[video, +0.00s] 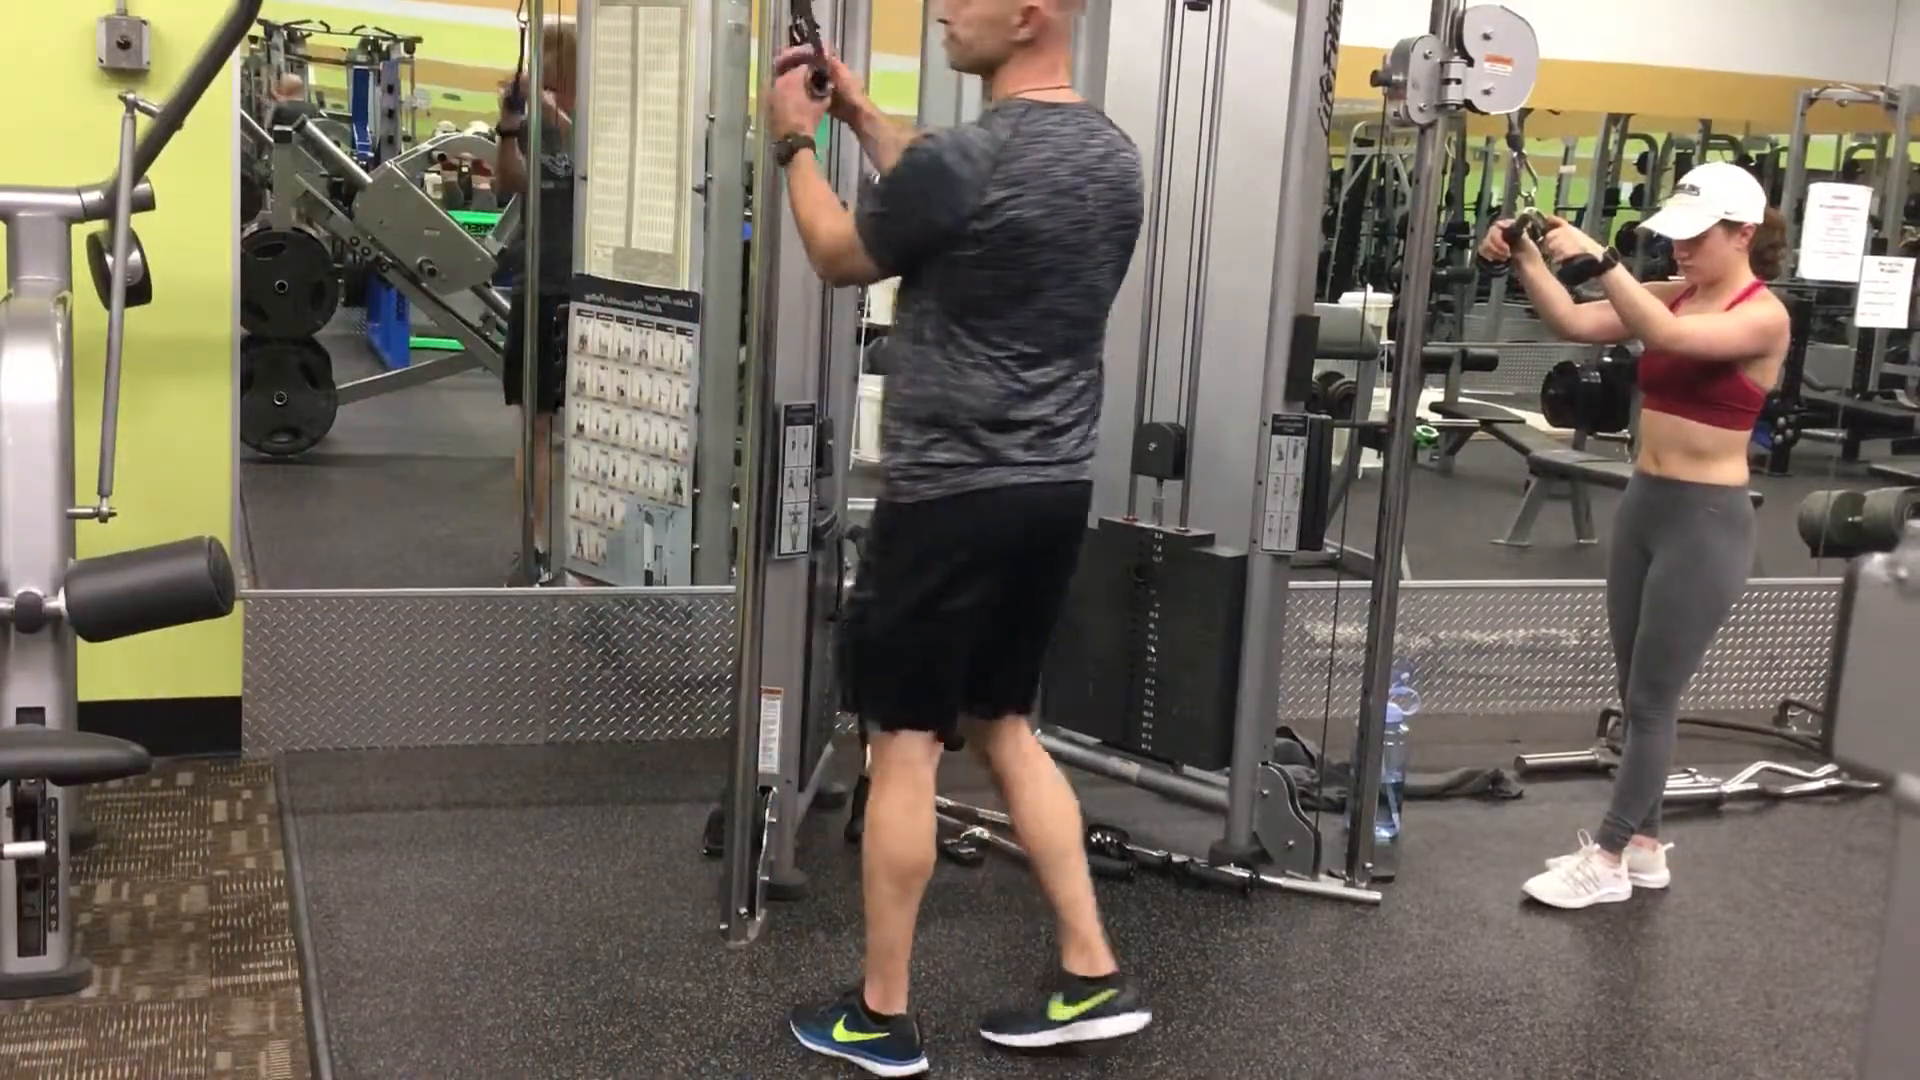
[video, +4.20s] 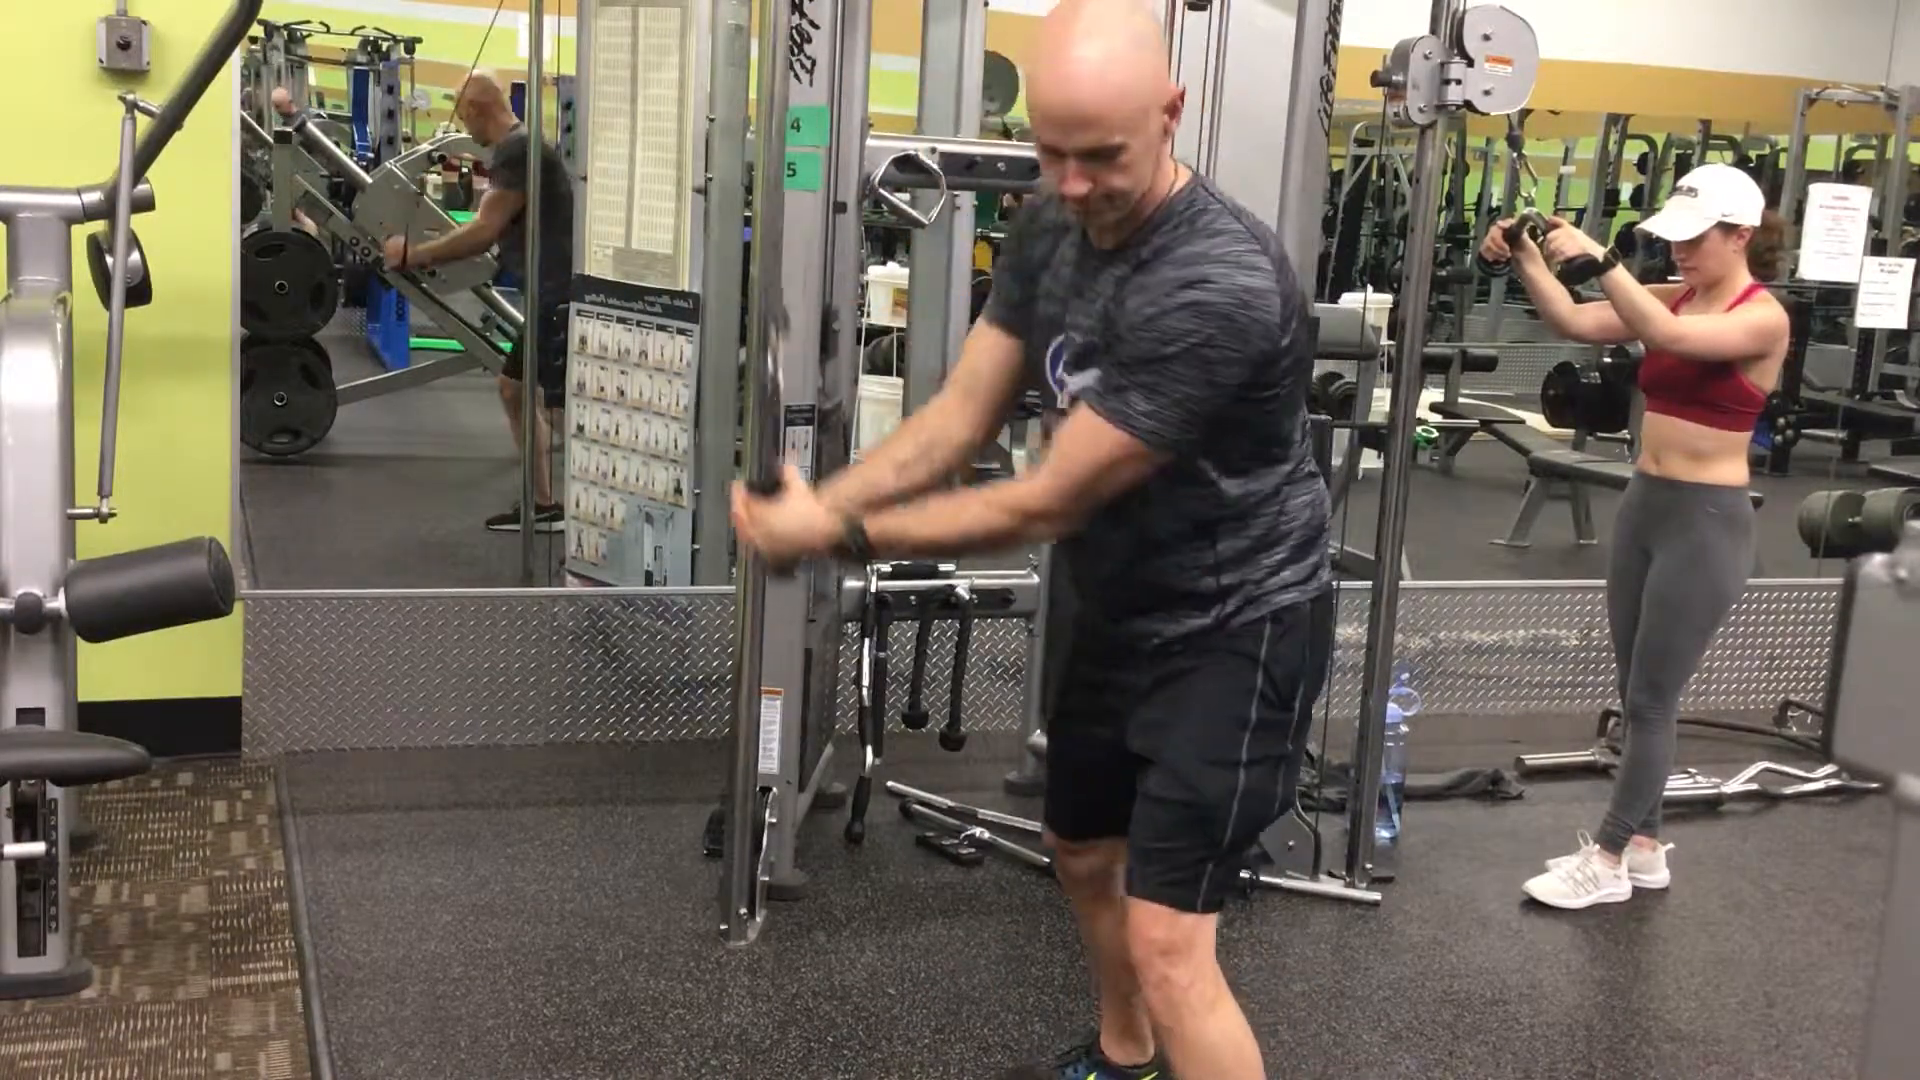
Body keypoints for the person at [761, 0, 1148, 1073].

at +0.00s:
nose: (944, 12)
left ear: (1031, 16)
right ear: (1050, 23)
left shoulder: (959, 161)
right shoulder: (1114, 159)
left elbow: (838, 255)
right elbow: (964, 199)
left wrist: (795, 144)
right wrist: (860, 112)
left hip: (944, 499)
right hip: (1052, 493)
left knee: (903, 745)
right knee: (1005, 724)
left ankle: (882, 1013)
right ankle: (1091, 972)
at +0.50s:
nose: (1066, 23)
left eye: (1094, 10)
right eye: (1063, 6)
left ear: (1161, 21)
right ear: (1062, 13)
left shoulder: (1112, 145)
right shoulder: (1164, 137)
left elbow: (936, 238)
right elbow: (992, 210)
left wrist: (858, 131)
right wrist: (903, 111)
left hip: (1082, 488)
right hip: (1133, 481)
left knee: (1016, 753)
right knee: (1095, 744)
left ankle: (995, 1039)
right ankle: (1112, 1003)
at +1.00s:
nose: (1077, 43)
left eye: (1100, 24)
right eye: (1071, 24)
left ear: (1172, 22)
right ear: (1077, 24)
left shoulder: (1143, 152)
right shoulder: (1174, 139)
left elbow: (965, 229)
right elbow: (1017, 221)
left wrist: (887, 130)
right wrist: (938, 116)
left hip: (1136, 504)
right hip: (1120, 496)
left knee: (1121, 783)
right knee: (1091, 763)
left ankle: (1178, 1059)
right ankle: (1112, 1004)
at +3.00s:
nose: (1093, 98)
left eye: (1116, 75)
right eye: (1087, 72)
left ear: (1208, 59)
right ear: (1207, 62)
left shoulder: (1174, 202)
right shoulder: (1283, 166)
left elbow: (1040, 238)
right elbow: (1099, 226)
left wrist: (962, 146)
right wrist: (1006, 131)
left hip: (1275, 588)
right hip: (1200, 574)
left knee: (1198, 911)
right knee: (1125, 826)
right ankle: (1123, 1050)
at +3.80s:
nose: (1044, 119)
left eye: (1068, 96)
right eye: (1034, 92)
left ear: (1160, 75)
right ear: (1155, 78)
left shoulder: (1131, 238)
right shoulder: (1210, 173)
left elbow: (978, 310)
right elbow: (1026, 280)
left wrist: (855, 246)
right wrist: (886, 225)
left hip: (1250, 596)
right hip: (1193, 578)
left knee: (1166, 928)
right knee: (1115, 821)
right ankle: (1128, 1053)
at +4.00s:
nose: (1049, 155)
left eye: (1076, 128)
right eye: (1036, 125)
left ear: (1160, 98)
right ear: (1024, 99)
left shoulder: (1177, 259)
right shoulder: (1109, 205)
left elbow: (966, 404)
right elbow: (974, 344)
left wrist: (805, 367)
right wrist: (811, 340)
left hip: (1242, 603)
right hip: (1151, 587)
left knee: (1158, 929)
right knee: (1102, 833)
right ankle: (1131, 1054)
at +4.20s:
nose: (1073, 185)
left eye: (1103, 156)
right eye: (1050, 154)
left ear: (1172, 117)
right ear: (1028, 123)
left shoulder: (1222, 284)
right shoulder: (1050, 230)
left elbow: (1047, 504)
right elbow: (956, 418)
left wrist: (841, 529)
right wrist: (824, 503)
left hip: (1240, 618)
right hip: (1110, 605)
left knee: (1165, 934)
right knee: (1087, 855)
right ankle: (1127, 1053)